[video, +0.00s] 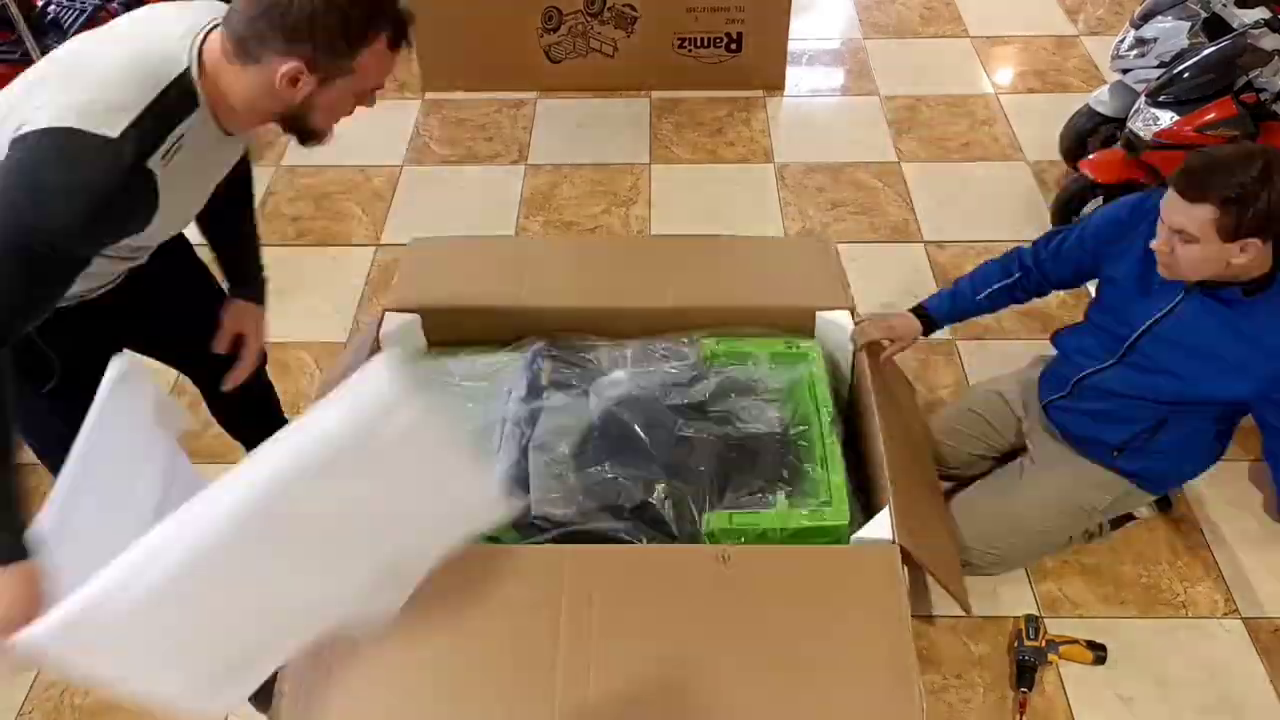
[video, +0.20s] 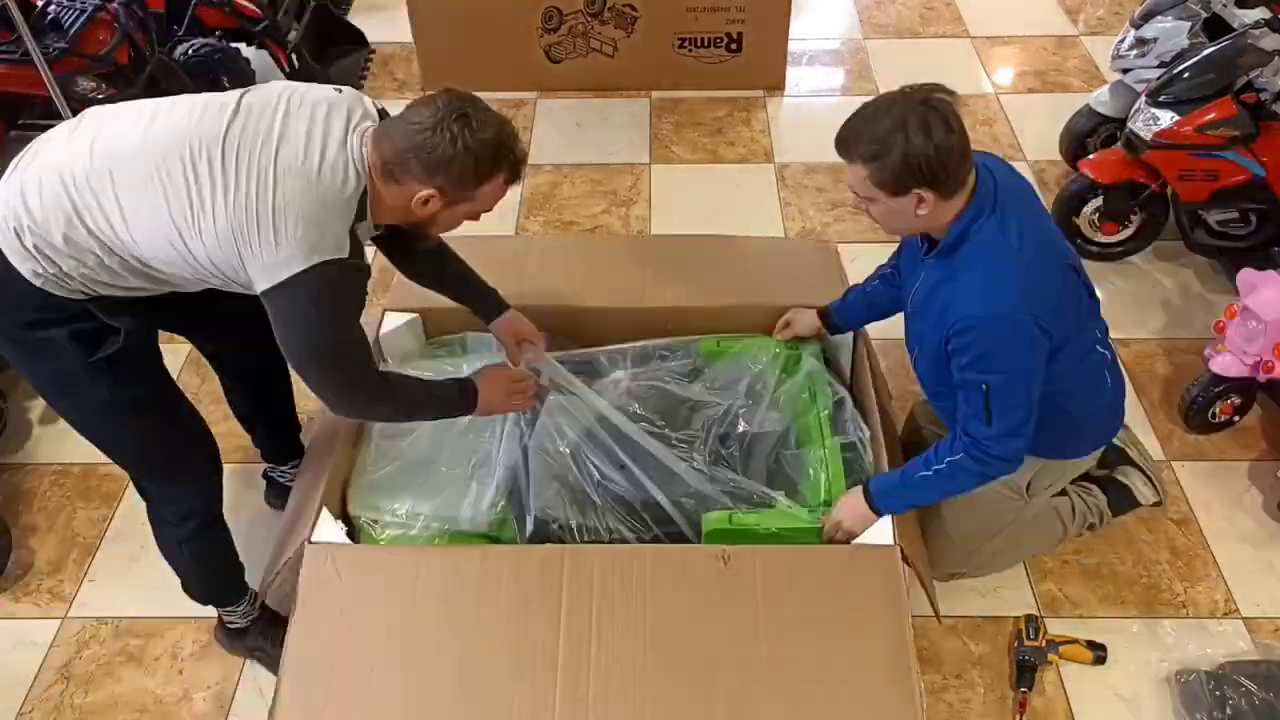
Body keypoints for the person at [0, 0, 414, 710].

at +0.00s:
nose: (363, 108)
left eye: (372, 94)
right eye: (362, 94)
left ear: (294, 73)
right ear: (294, 80)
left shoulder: (229, 48)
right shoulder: (81, 173)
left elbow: (223, 168)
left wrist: (247, 287)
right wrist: (10, 556)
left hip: (145, 253)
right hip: (41, 317)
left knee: (247, 392)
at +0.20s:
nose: (476, 220)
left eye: (482, 209)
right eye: (475, 210)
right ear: (424, 199)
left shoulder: (366, 120)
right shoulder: (302, 234)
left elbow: (406, 241)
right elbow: (349, 391)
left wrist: (499, 313)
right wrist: (474, 394)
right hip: (33, 262)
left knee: (246, 331)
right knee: (181, 458)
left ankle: (284, 469)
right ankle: (233, 611)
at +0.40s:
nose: (462, 252)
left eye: (472, 241)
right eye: (467, 241)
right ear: (426, 231)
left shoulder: (353, 146)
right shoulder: (303, 276)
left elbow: (371, 260)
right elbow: (308, 441)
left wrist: (434, 330)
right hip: (27, 274)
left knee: (240, 342)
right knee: (176, 465)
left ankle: (283, 467)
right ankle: (236, 615)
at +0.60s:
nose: (433, 472)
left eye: (442, 456)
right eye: (413, 468)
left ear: (440, 375)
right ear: (339, 427)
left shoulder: (390, 287)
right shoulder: (229, 478)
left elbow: (498, 337)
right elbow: (267, 650)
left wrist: (614, 362)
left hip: (89, 219)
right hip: (18, 316)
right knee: (175, 518)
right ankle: (240, 618)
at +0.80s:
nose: (416, 472)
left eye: (427, 455)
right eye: (394, 470)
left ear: (400, 375)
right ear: (306, 440)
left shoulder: (360, 295)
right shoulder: (174, 496)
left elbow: (435, 297)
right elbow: (127, 604)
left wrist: (540, 370)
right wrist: (228, 711)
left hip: (74, 219)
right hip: (8, 314)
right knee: (164, 525)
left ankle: (286, 470)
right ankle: (254, 610)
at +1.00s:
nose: (479, 350)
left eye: (492, 338)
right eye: (473, 340)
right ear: (416, 327)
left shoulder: (393, 252)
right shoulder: (232, 332)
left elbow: (504, 334)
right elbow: (86, 432)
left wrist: (624, 398)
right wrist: (115, 567)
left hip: (124, 202)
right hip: (41, 282)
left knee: (303, 343)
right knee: (181, 474)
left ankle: (292, 479)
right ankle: (250, 611)